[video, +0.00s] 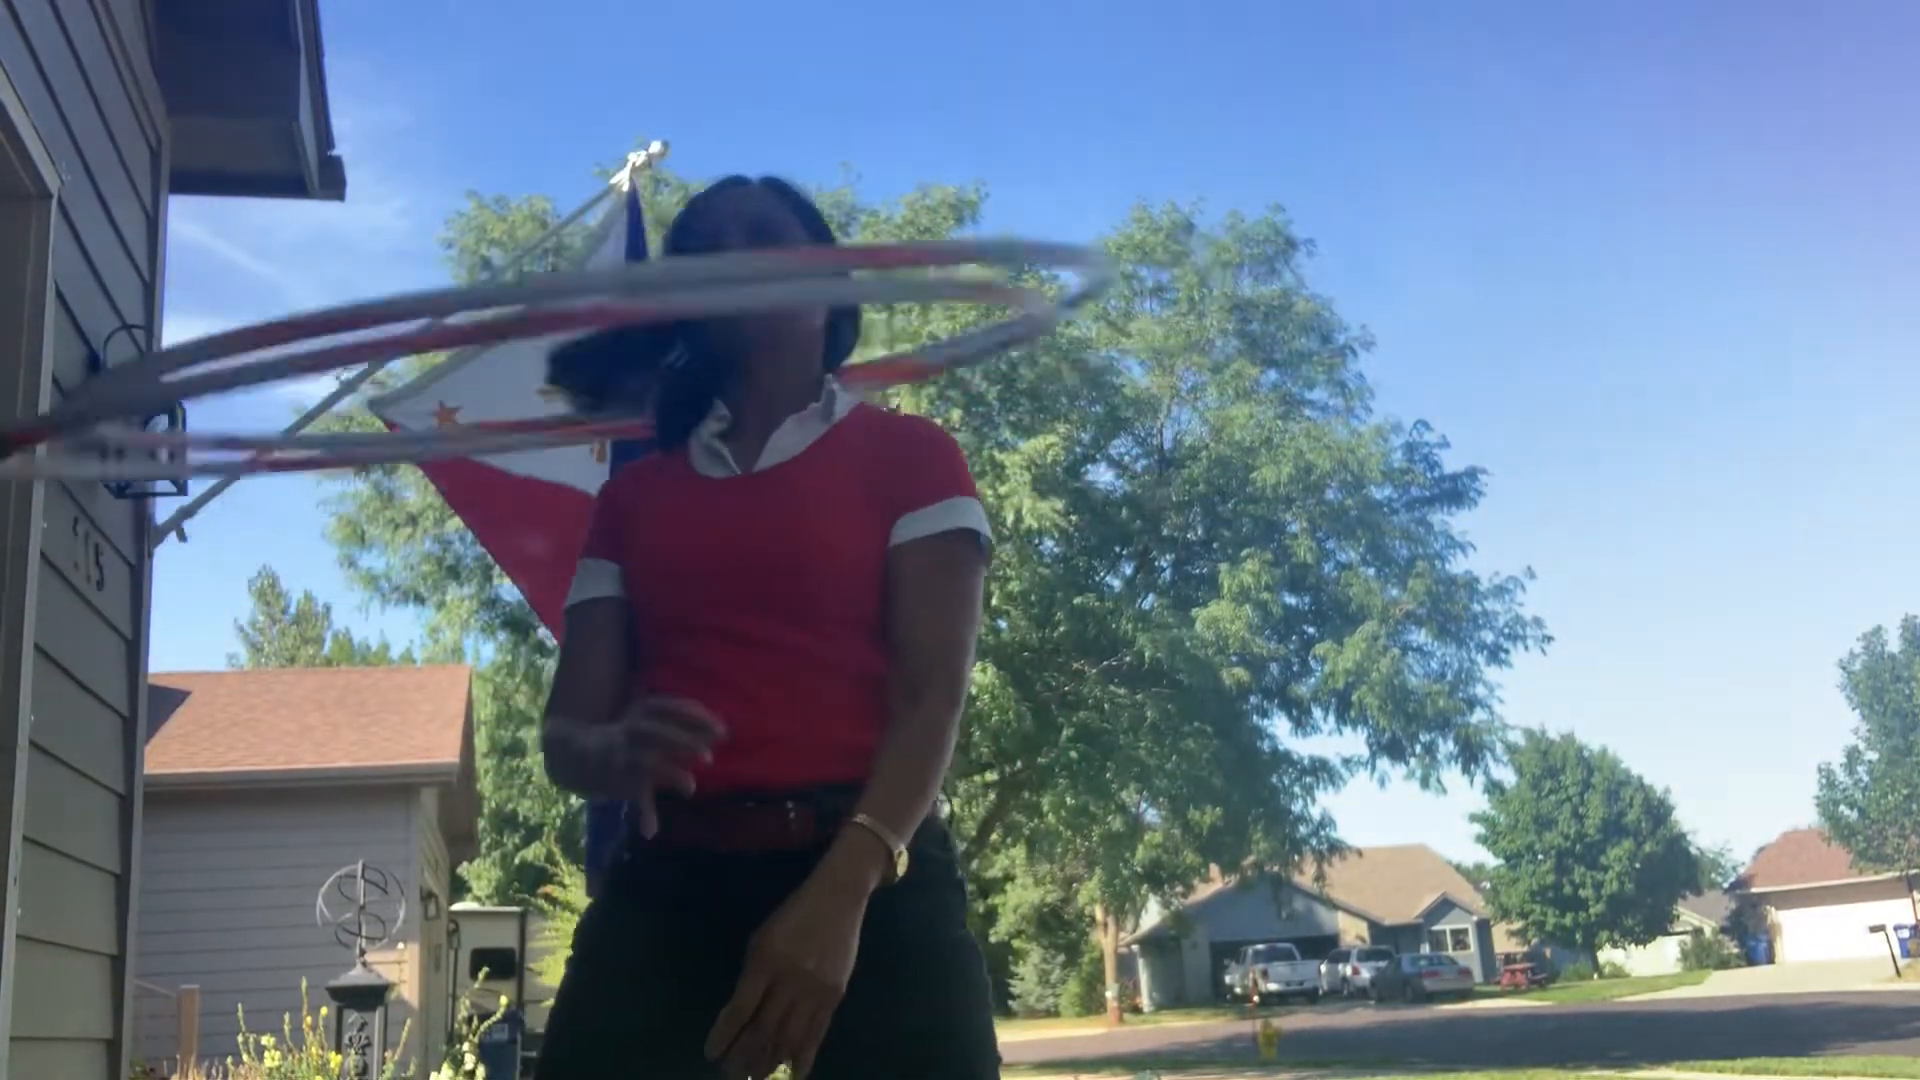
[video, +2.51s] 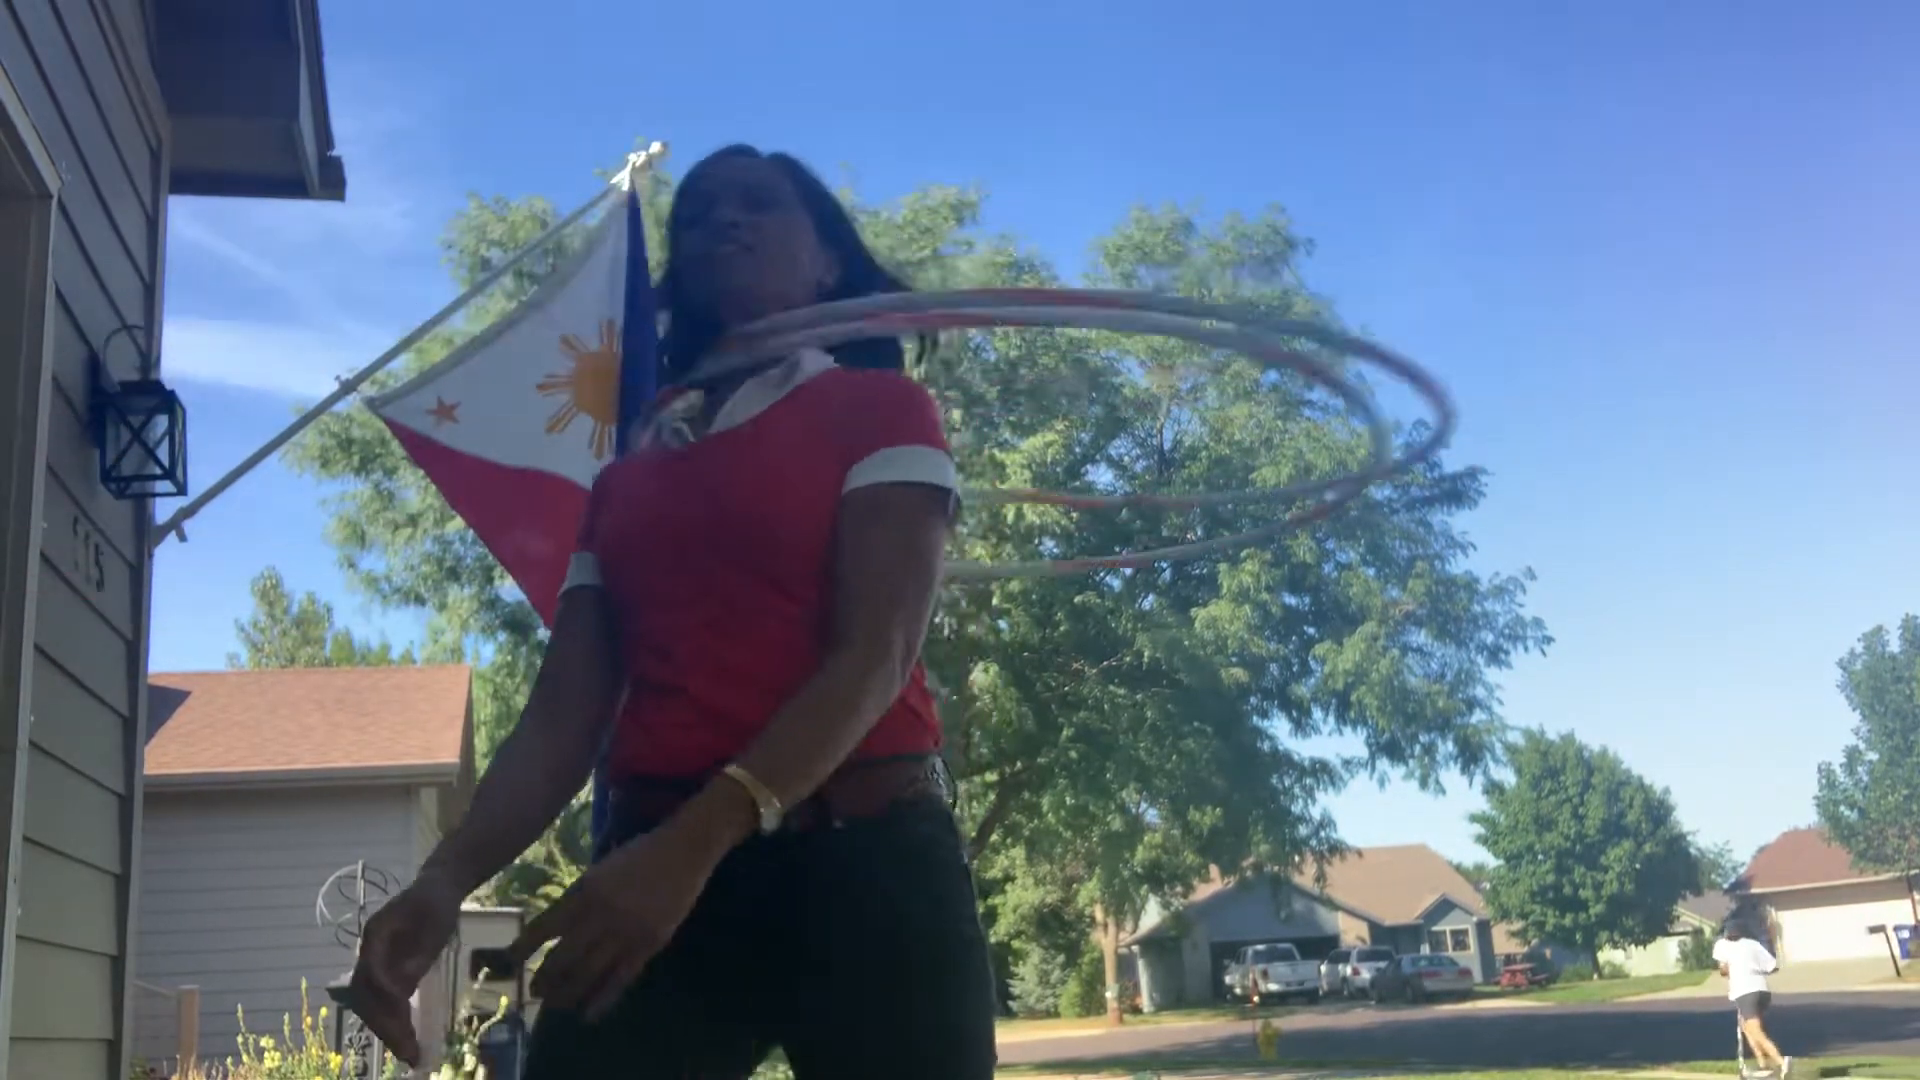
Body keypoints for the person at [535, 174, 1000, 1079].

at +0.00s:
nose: (743, 261)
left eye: (771, 238)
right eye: (712, 249)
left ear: (829, 280)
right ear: (680, 298)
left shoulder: (909, 454)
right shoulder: (636, 491)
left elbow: (932, 698)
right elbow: (569, 730)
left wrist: (841, 887)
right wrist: (611, 754)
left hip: (874, 877)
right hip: (670, 878)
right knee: (590, 1063)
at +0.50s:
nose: (725, 256)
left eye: (750, 236)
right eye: (695, 241)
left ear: (802, 285)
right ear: (658, 290)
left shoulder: (880, 438)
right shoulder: (616, 501)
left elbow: (918, 690)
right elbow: (576, 734)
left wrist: (800, 863)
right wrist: (538, 883)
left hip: (873, 874)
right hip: (669, 884)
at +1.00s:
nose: (697, 219)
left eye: (728, 200)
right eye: (662, 207)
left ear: (781, 254)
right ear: (626, 261)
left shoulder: (869, 416)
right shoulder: (581, 480)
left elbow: (934, 668)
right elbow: (563, 730)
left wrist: (870, 878)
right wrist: (542, 975)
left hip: (876, 866)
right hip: (665, 880)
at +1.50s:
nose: (707, 218)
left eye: (742, 202)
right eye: (675, 205)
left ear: (792, 261)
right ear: (636, 262)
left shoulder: (869, 411)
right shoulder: (583, 471)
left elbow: (929, 660)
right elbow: (546, 713)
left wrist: (809, 838)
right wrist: (498, 937)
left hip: (864, 860)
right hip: (648, 866)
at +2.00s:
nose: (675, 205)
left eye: (708, 184)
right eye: (642, 191)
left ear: (767, 230)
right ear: (610, 242)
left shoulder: (840, 390)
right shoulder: (578, 472)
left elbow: (913, 666)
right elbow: (557, 739)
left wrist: (821, 910)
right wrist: (491, 990)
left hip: (865, 862)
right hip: (652, 871)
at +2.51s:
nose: (722, 222)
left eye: (759, 204)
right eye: (698, 217)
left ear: (829, 261)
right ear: (673, 280)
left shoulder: (874, 402)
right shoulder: (626, 471)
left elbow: (875, 656)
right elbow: (563, 711)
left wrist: (695, 840)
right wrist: (442, 887)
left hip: (866, 861)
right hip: (653, 877)